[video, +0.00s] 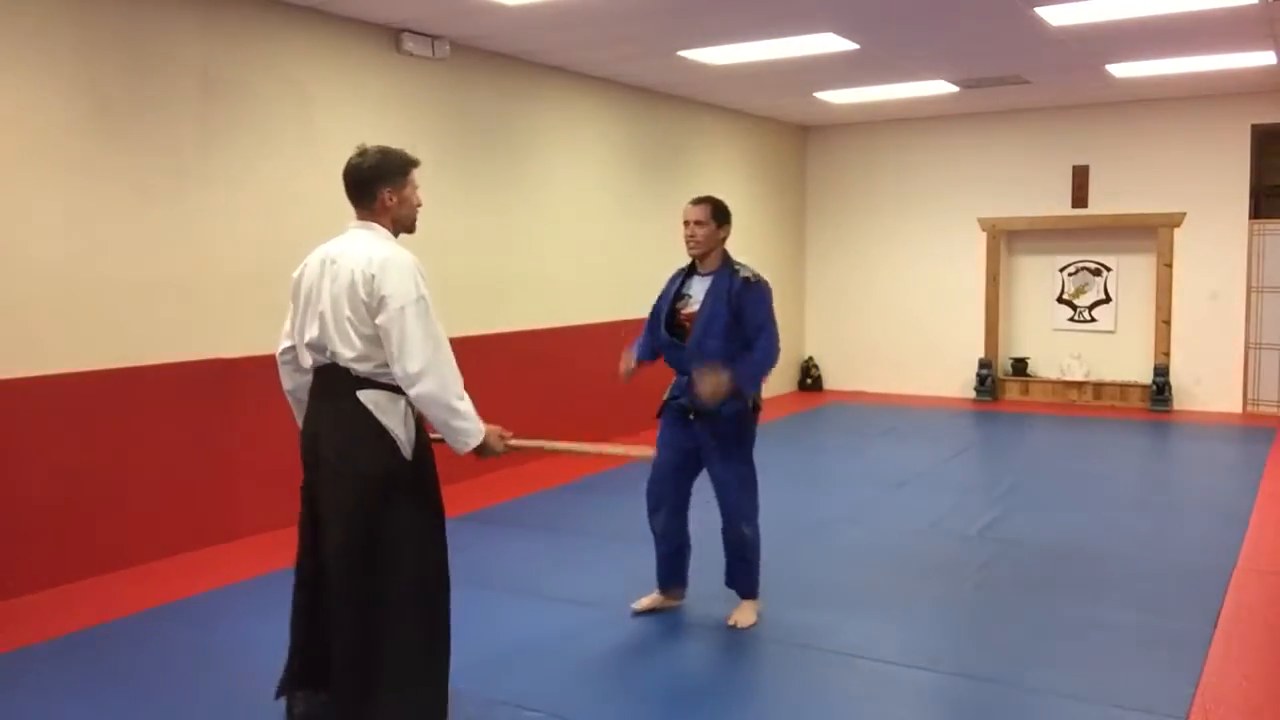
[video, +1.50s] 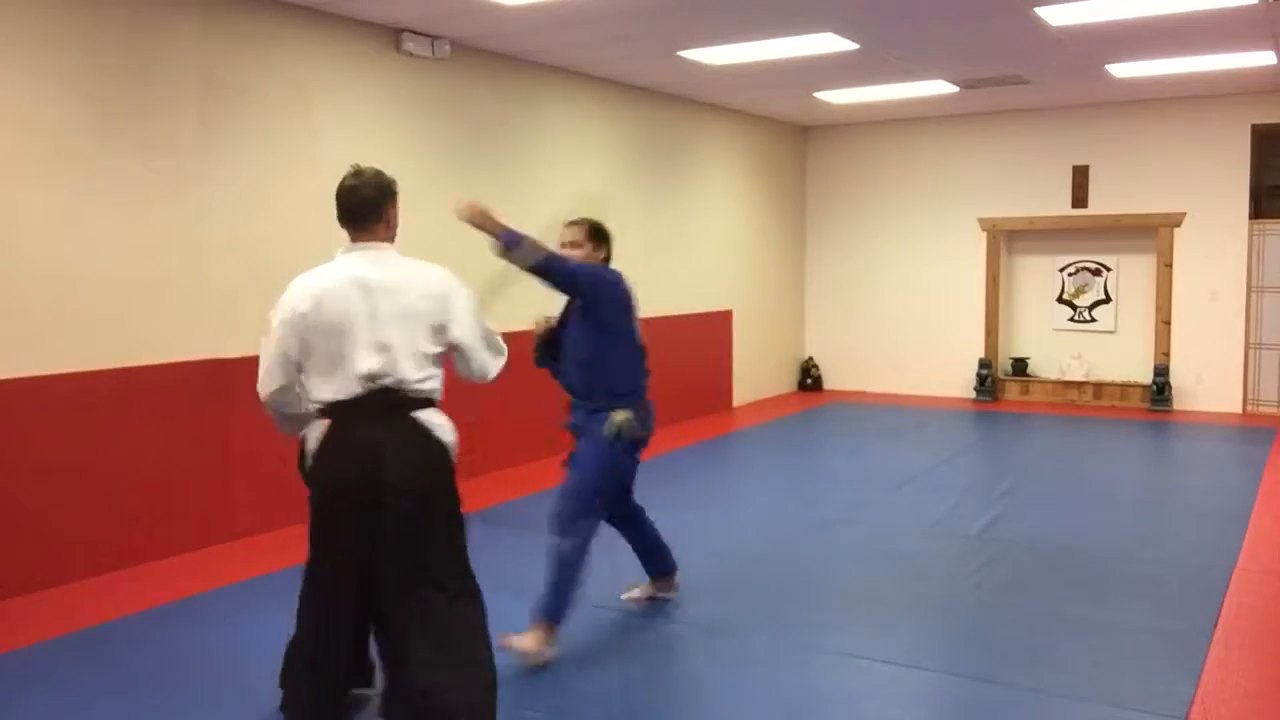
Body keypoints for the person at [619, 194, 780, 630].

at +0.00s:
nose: (690, 233)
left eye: (699, 225)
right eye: (686, 225)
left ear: (723, 231)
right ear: (682, 230)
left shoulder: (748, 286)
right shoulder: (678, 282)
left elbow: (766, 348)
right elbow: (657, 333)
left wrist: (733, 379)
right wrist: (637, 351)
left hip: (729, 416)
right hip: (681, 411)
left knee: (738, 509)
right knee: (663, 497)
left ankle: (748, 597)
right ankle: (671, 589)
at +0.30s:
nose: (699, 232)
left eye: (707, 226)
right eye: (696, 225)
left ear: (726, 232)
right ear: (690, 231)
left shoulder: (742, 276)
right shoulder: (680, 272)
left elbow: (740, 250)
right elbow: (635, 250)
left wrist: (718, 197)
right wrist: (613, 215)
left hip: (733, 402)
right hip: (687, 400)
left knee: (740, 504)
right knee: (677, 492)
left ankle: (747, 597)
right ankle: (683, 583)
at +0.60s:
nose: (693, 237)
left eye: (702, 231)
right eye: (690, 230)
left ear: (725, 236)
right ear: (686, 235)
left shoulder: (746, 286)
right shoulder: (676, 282)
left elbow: (740, 339)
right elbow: (637, 324)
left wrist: (723, 284)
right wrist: (658, 286)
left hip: (735, 408)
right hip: (687, 408)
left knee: (749, 488)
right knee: (676, 492)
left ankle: (756, 560)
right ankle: (686, 583)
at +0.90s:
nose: (694, 247)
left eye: (702, 239)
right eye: (690, 240)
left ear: (725, 243)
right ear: (688, 245)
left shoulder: (753, 291)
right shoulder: (677, 291)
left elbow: (762, 341)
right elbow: (641, 344)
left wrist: (735, 300)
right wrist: (653, 305)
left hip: (736, 411)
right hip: (687, 410)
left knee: (744, 494)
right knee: (665, 488)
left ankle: (757, 564)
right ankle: (670, 583)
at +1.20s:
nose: (640, 254)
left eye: (649, 246)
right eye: (636, 247)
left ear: (670, 251)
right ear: (632, 251)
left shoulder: (697, 298)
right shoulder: (622, 300)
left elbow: (715, 346)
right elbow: (593, 356)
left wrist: (681, 308)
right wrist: (603, 326)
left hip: (687, 416)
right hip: (640, 419)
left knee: (715, 489)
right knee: (631, 502)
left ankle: (749, 552)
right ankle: (657, 586)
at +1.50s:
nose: (561, 253)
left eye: (573, 245)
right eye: (559, 245)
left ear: (600, 251)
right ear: (562, 250)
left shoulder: (607, 285)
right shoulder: (580, 302)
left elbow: (551, 266)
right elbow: (572, 367)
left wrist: (497, 230)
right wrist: (547, 345)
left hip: (618, 419)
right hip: (595, 417)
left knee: (572, 515)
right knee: (616, 507)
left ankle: (544, 629)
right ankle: (664, 579)